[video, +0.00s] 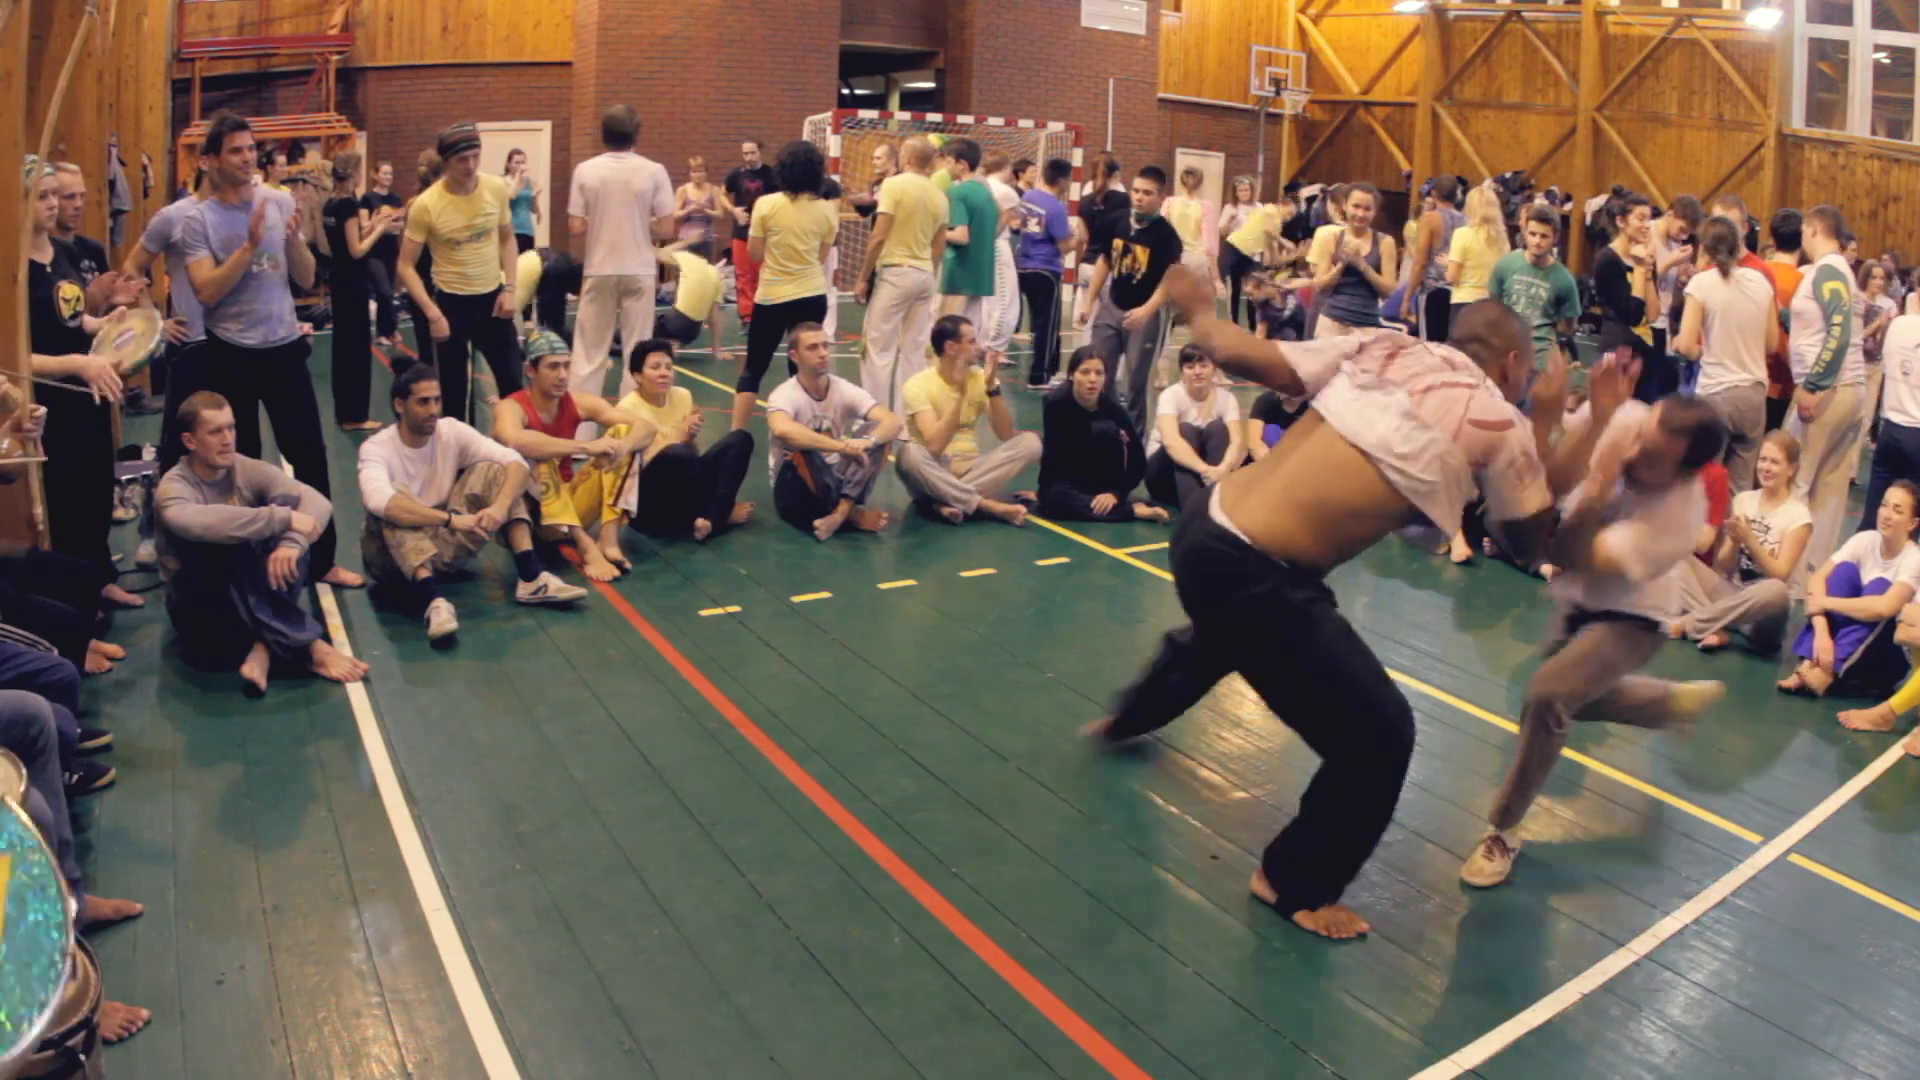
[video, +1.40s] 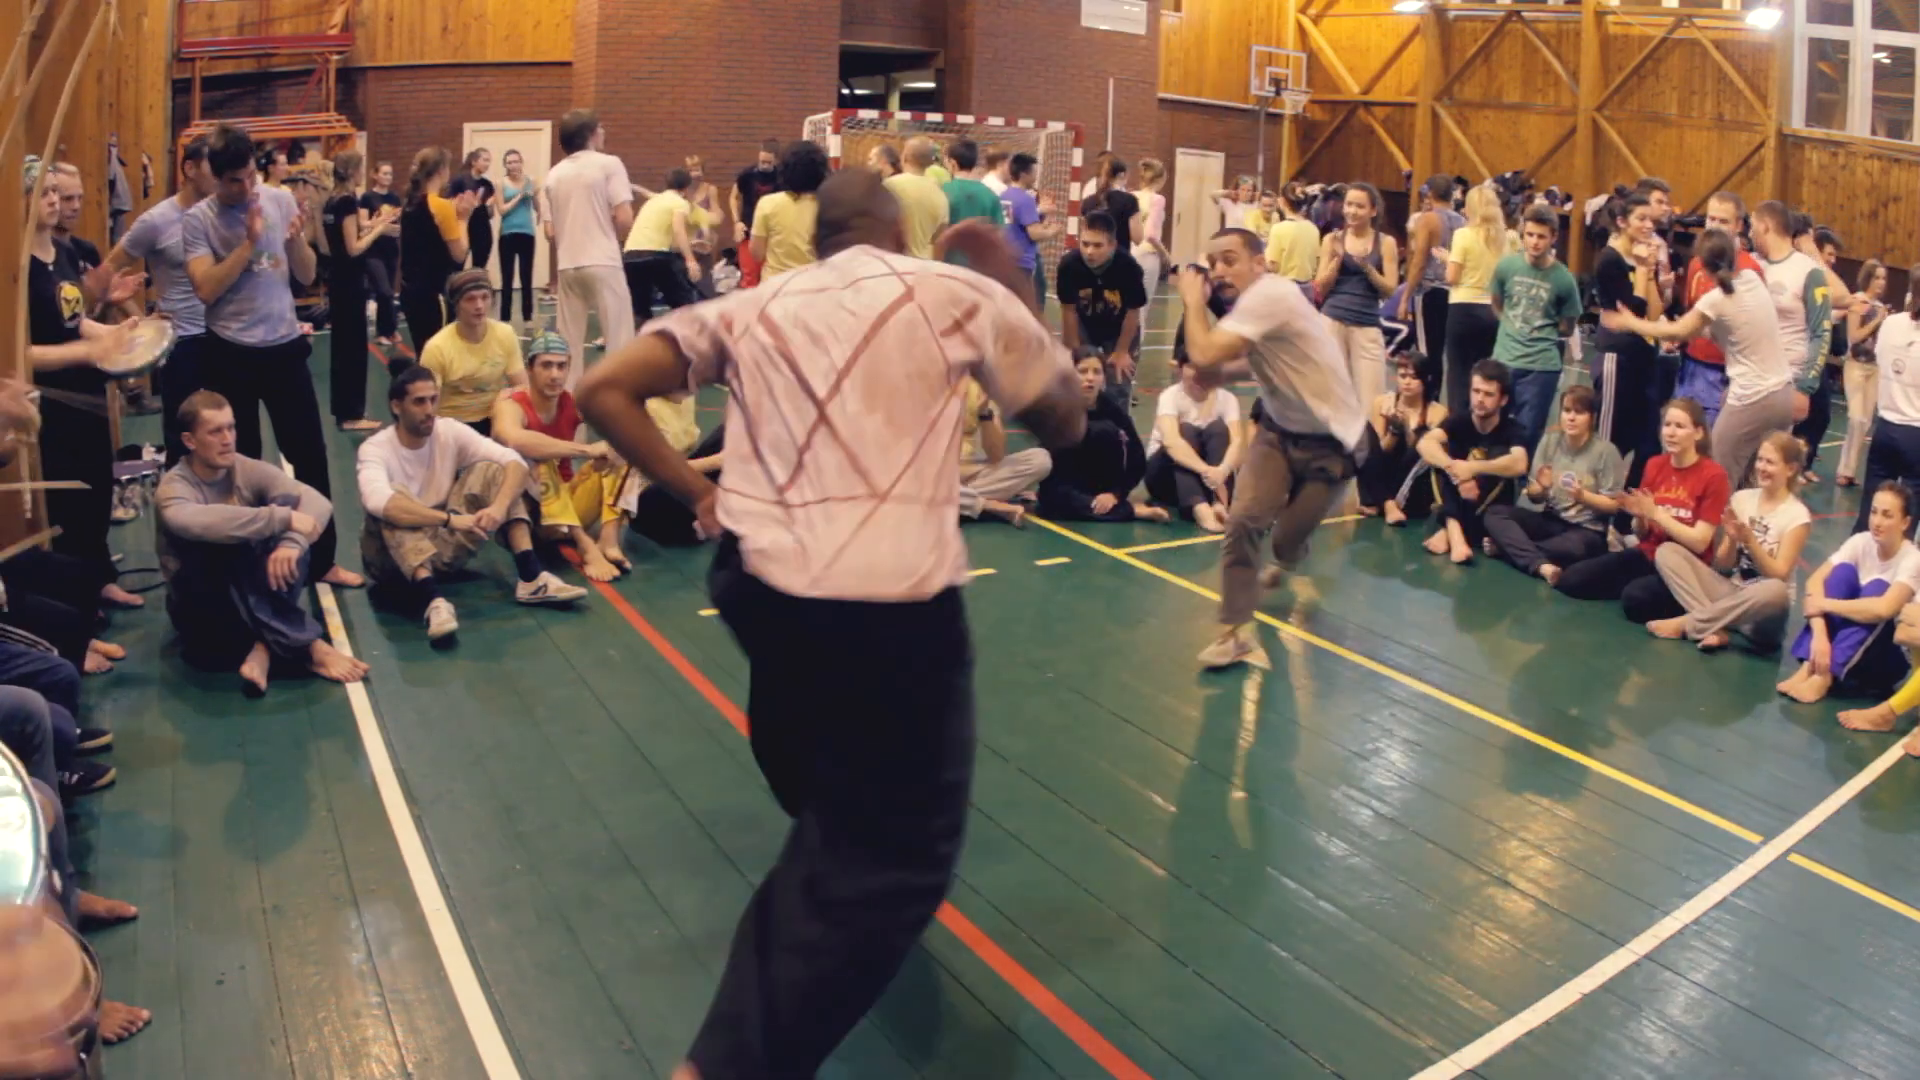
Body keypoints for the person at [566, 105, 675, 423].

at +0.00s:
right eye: (634, 131)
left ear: (603, 134)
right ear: (636, 135)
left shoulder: (586, 171)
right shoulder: (654, 172)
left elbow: (577, 227)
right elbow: (665, 229)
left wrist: (601, 220)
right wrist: (638, 221)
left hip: (599, 271)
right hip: (640, 271)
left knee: (588, 352)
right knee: (638, 352)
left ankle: (580, 429)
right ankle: (633, 430)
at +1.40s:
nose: (603, 134)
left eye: (601, 128)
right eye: (599, 129)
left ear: (567, 140)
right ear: (590, 135)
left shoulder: (553, 174)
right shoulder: (609, 164)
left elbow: (550, 231)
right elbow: (624, 217)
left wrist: (573, 236)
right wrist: (612, 240)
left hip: (568, 264)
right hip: (603, 261)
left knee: (570, 341)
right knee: (620, 339)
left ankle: (568, 402)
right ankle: (619, 405)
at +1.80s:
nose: (625, 135)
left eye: (623, 130)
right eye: (623, 130)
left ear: (589, 136)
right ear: (617, 134)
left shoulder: (572, 170)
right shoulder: (634, 167)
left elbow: (562, 226)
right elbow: (647, 222)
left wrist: (586, 228)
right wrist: (665, 239)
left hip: (586, 268)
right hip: (625, 267)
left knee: (580, 348)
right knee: (631, 348)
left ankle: (573, 424)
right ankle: (633, 425)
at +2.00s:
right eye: (637, 132)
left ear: (604, 136)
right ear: (637, 136)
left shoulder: (588, 170)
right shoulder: (654, 171)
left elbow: (579, 224)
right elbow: (667, 228)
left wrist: (608, 220)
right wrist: (638, 221)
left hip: (598, 270)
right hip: (639, 270)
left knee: (589, 354)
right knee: (641, 354)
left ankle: (581, 436)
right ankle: (638, 433)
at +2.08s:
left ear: (611, 135)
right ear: (644, 136)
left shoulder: (594, 170)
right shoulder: (661, 172)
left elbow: (582, 224)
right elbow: (670, 229)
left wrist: (609, 217)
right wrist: (643, 221)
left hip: (602, 270)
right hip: (643, 270)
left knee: (592, 354)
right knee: (643, 355)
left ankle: (584, 437)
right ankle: (639, 435)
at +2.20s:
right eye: (649, 131)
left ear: (617, 134)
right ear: (650, 135)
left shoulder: (599, 168)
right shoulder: (666, 171)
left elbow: (589, 221)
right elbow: (677, 229)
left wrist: (618, 217)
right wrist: (648, 225)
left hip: (605, 268)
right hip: (646, 269)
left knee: (597, 350)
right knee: (645, 354)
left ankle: (589, 426)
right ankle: (639, 427)